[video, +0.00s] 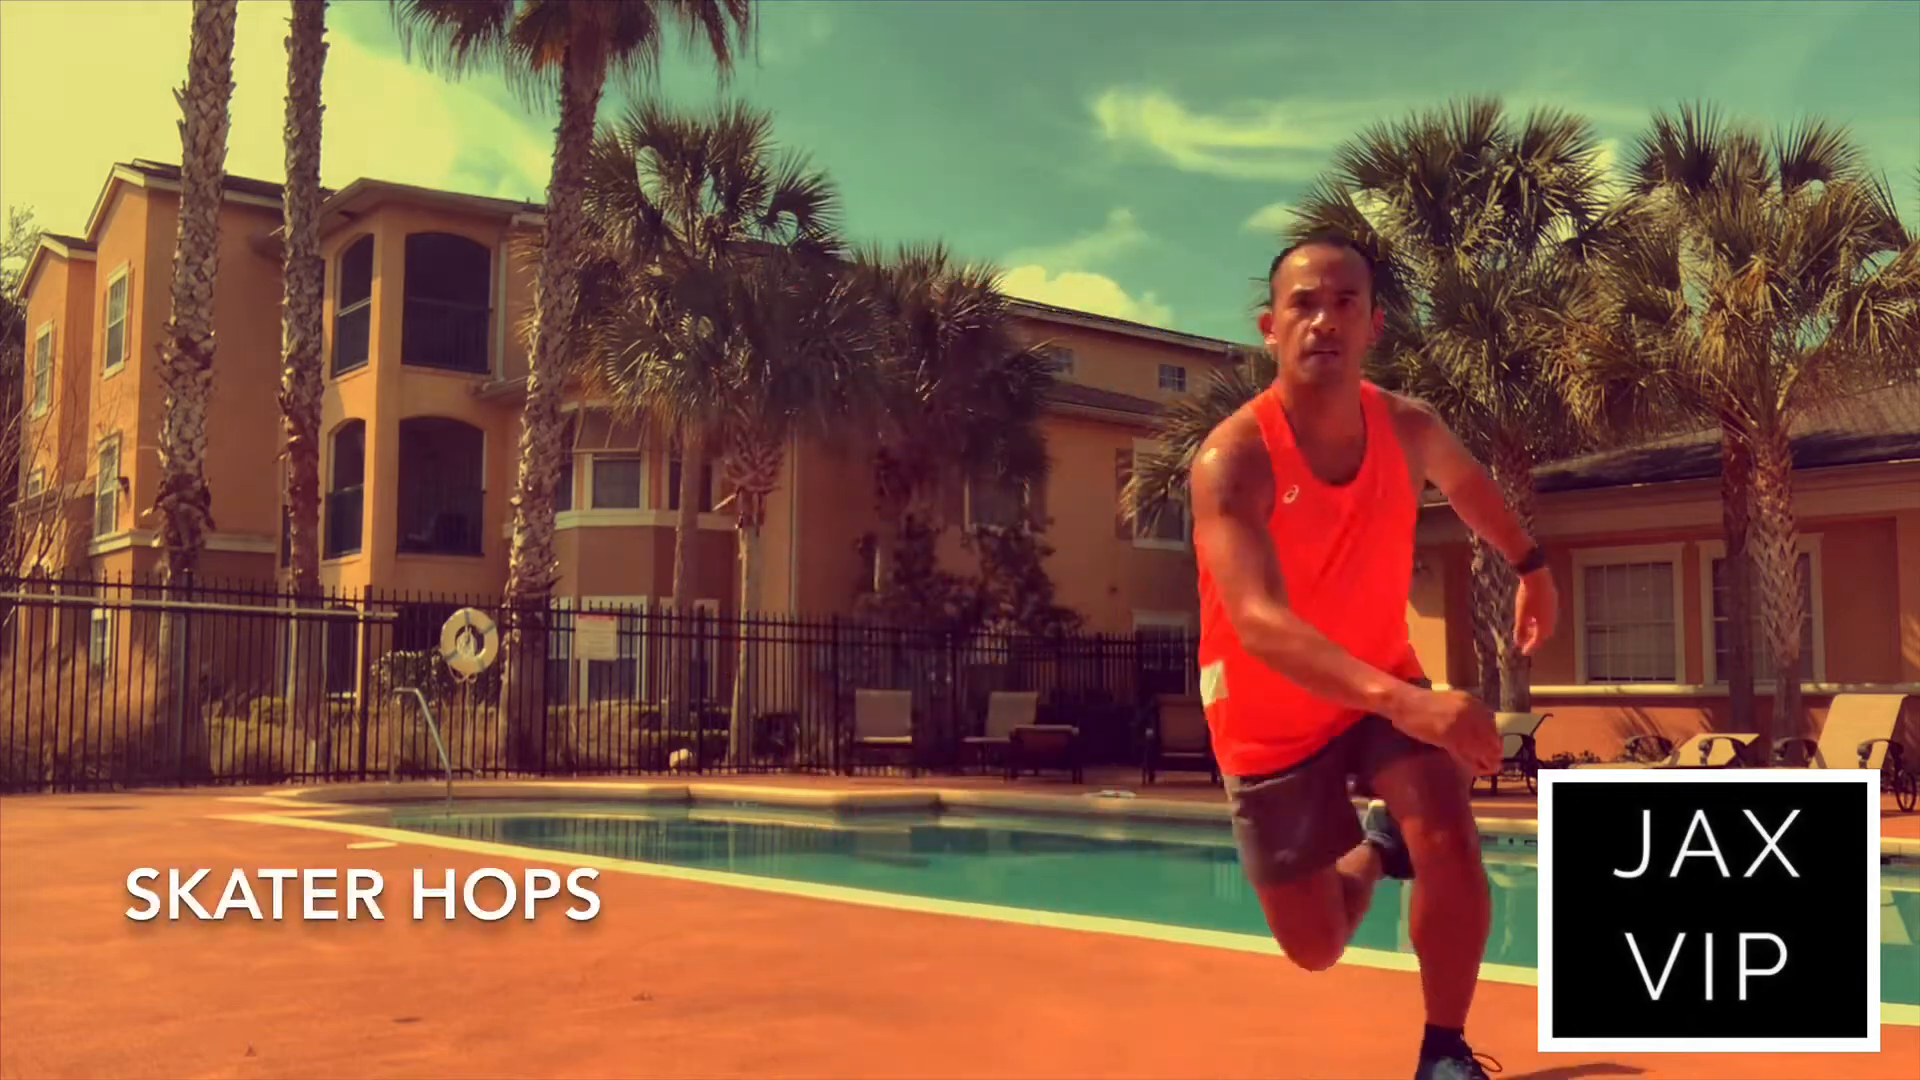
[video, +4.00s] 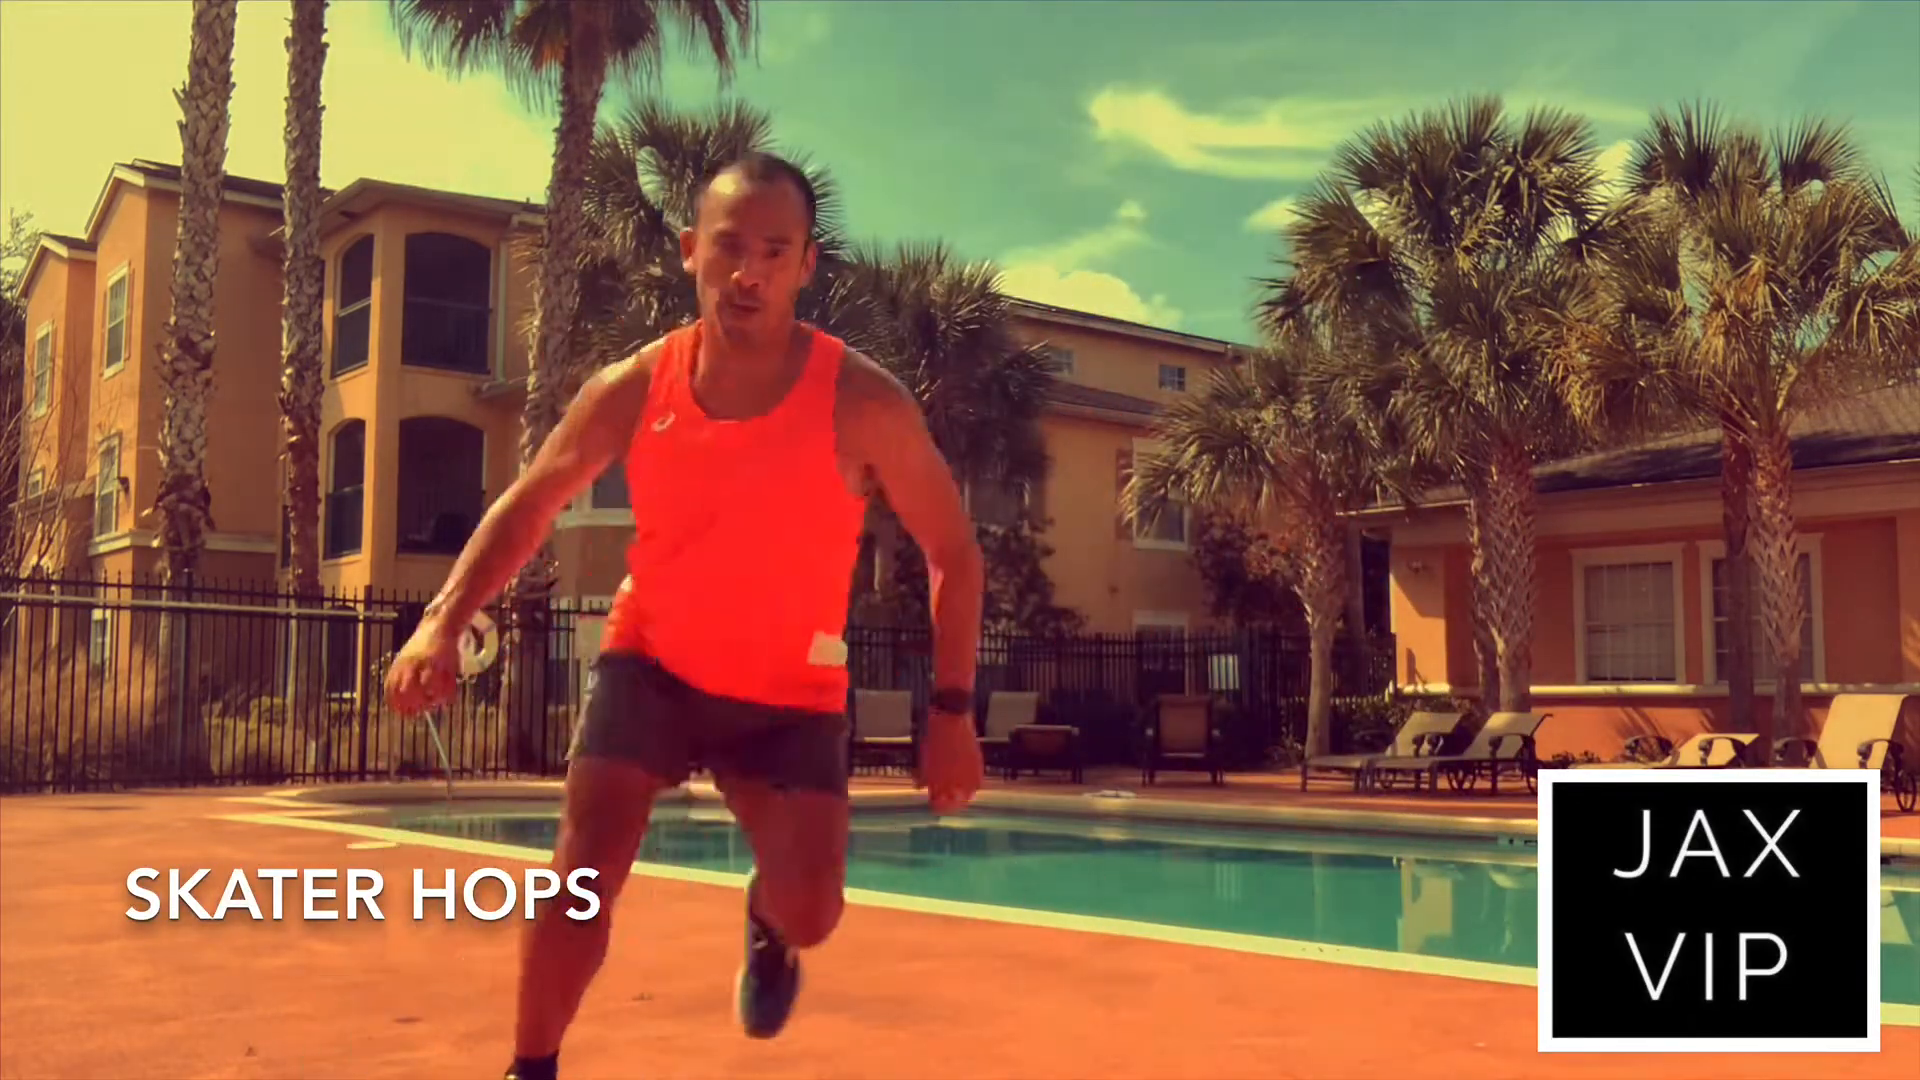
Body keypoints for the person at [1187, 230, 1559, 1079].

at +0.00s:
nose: (1323, 319)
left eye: (1344, 301)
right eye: (1302, 303)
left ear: (1374, 324)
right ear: (1270, 330)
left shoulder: (1409, 429)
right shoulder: (1233, 459)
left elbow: (1468, 489)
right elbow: (1257, 621)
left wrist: (1529, 563)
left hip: (1382, 688)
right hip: (1265, 716)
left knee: (1445, 835)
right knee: (1312, 946)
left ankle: (1445, 1048)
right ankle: (1377, 847)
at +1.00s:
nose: (711, 314)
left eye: (736, 290)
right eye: (697, 290)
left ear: (793, 289)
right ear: (683, 289)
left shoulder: (860, 416)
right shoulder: (648, 411)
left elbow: (941, 563)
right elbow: (616, 532)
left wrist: (940, 685)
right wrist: (597, 655)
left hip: (846, 675)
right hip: (703, 666)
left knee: (942, 876)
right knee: (619, 837)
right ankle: (556, 1056)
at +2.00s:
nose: (1175, 228)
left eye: (1199, 207)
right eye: (1155, 205)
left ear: (1226, 222)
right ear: (1115, 215)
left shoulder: (1272, 338)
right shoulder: (1053, 355)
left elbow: (1339, 441)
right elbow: (958, 490)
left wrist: (1355, 561)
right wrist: (905, 625)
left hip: (1228, 636)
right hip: (1079, 637)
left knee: (1332, 838)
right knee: (967, 834)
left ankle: (1416, 1055)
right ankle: (1022, 901)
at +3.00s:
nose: (975, 116)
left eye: (998, 95)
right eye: (956, 95)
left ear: (1040, 108)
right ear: (926, 107)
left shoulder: (1104, 238)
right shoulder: (879, 224)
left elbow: (1267, 305)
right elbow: (738, 260)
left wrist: (1330, 412)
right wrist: (620, 351)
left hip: (1105, 544)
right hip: (945, 542)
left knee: (1235, 734)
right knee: (799, 711)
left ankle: (1351, 950)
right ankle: (812, 925)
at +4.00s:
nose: (748, 268)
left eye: (773, 249)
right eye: (728, 244)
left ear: (806, 264)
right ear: (690, 251)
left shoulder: (865, 405)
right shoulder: (637, 389)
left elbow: (956, 555)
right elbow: (533, 499)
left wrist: (952, 709)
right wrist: (443, 619)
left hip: (794, 691)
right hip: (650, 669)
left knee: (809, 915)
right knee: (583, 877)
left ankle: (770, 919)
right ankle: (532, 1067)